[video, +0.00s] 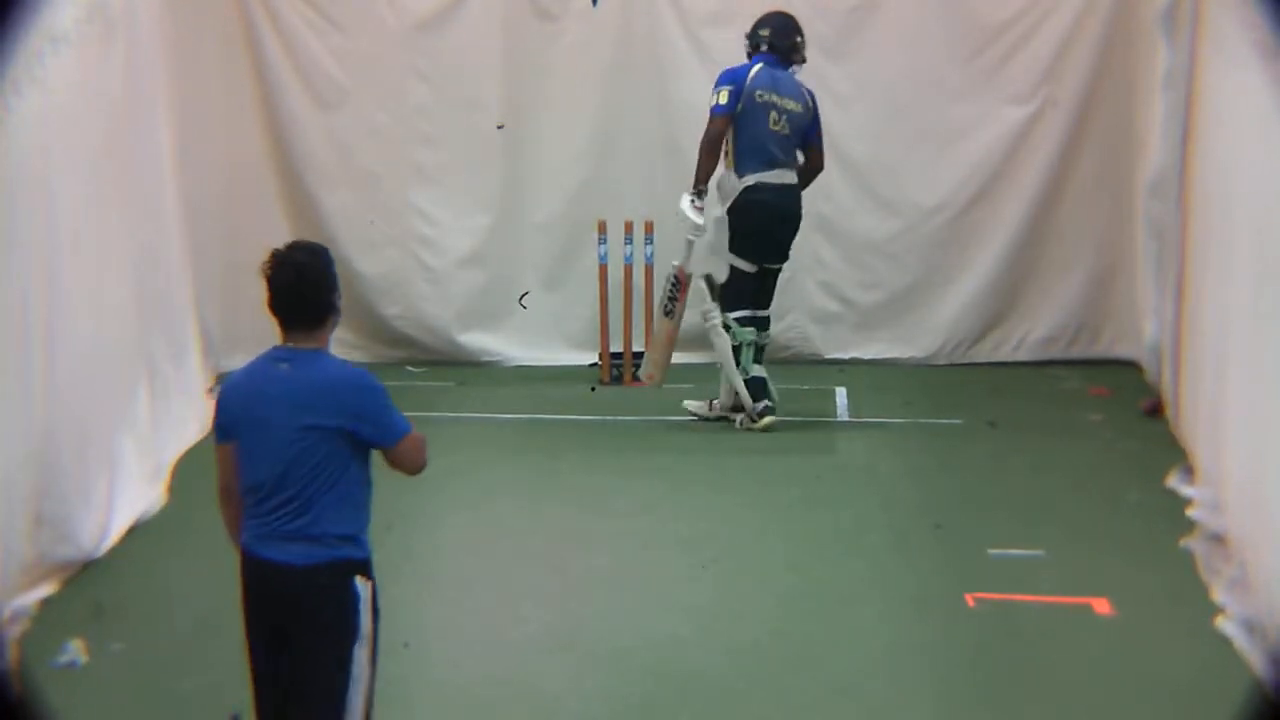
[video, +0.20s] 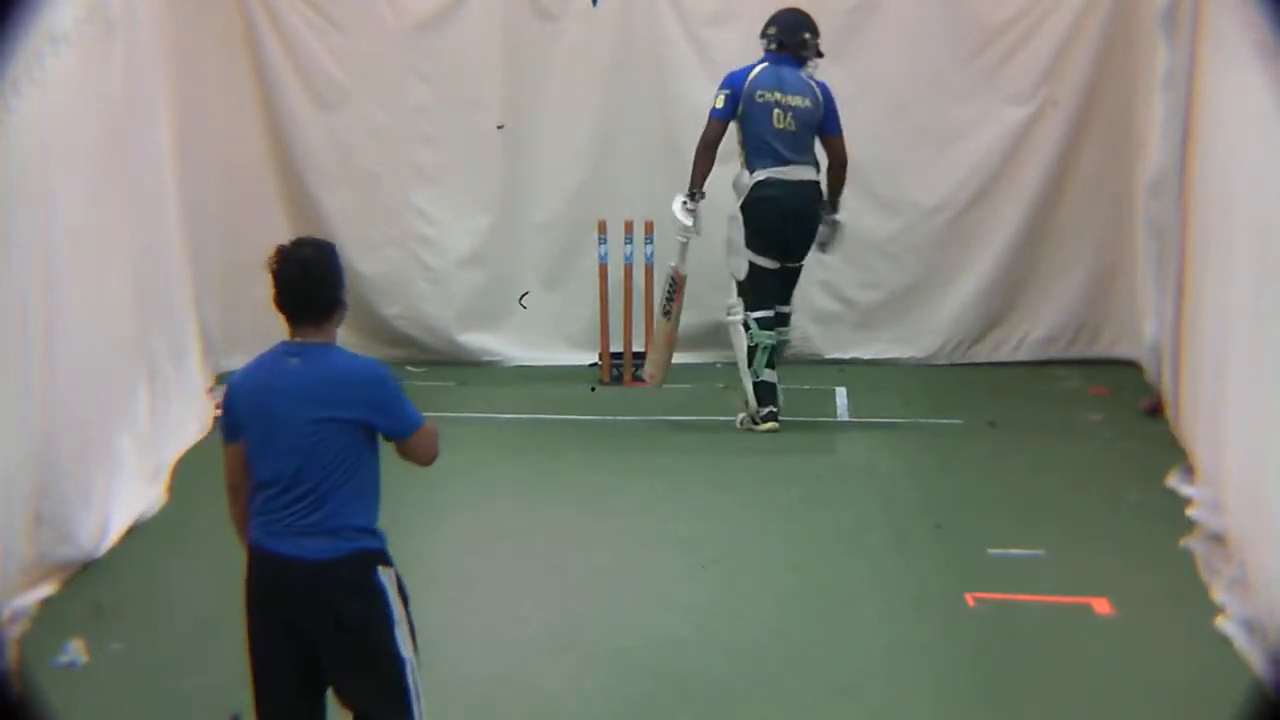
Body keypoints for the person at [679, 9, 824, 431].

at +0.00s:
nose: (750, 48)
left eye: (752, 42)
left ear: (756, 44)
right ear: (795, 49)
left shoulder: (736, 76)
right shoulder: (804, 95)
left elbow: (714, 135)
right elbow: (815, 162)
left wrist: (698, 192)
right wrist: (783, 191)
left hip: (750, 199)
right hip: (789, 202)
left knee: (736, 295)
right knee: (761, 298)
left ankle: (758, 397)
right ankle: (734, 397)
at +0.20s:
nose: (817, 51)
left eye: (767, 37)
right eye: (814, 45)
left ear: (768, 40)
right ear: (808, 45)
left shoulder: (740, 79)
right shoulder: (818, 90)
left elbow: (709, 141)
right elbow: (838, 158)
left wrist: (693, 196)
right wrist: (832, 208)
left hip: (764, 196)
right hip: (808, 198)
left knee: (758, 292)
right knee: (784, 292)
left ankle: (764, 405)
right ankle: (764, 392)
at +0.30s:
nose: (826, 51)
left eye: (826, 45)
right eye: (824, 44)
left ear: (780, 39)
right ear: (816, 44)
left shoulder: (746, 79)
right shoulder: (826, 91)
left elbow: (715, 141)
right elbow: (845, 156)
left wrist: (699, 196)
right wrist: (856, 214)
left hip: (771, 198)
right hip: (817, 198)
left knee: (766, 295)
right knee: (803, 291)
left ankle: (766, 407)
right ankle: (804, 395)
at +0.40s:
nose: (838, 55)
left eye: (839, 46)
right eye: (835, 46)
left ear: (796, 40)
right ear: (822, 44)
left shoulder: (757, 80)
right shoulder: (835, 92)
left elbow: (725, 140)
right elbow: (854, 158)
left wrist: (708, 195)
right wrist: (876, 216)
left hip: (779, 201)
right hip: (826, 201)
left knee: (772, 298)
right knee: (831, 289)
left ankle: (767, 408)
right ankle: (848, 393)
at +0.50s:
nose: (857, 59)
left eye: (858, 50)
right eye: (854, 50)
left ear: (815, 43)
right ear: (840, 47)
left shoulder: (772, 82)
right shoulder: (849, 95)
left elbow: (739, 139)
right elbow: (867, 162)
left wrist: (723, 195)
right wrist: (893, 218)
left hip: (788, 205)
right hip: (837, 204)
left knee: (776, 300)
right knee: (866, 286)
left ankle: (766, 406)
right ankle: (891, 380)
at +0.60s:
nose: (879, 67)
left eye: (881, 60)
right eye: (877, 59)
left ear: (838, 49)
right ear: (866, 56)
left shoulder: (794, 86)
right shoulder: (870, 104)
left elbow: (759, 138)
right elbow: (886, 169)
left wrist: (741, 196)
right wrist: (912, 228)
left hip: (805, 210)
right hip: (858, 209)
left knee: (779, 303)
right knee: (900, 283)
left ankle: (765, 401)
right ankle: (939, 375)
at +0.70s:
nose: (912, 86)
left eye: (913, 77)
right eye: (910, 76)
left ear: (874, 66)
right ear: (898, 73)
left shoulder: (825, 99)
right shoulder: (900, 120)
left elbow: (783, 144)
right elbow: (918, 186)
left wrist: (763, 199)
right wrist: (947, 243)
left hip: (824, 226)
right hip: (880, 225)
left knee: (787, 309)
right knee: (935, 298)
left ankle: (763, 400)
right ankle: (986, 375)